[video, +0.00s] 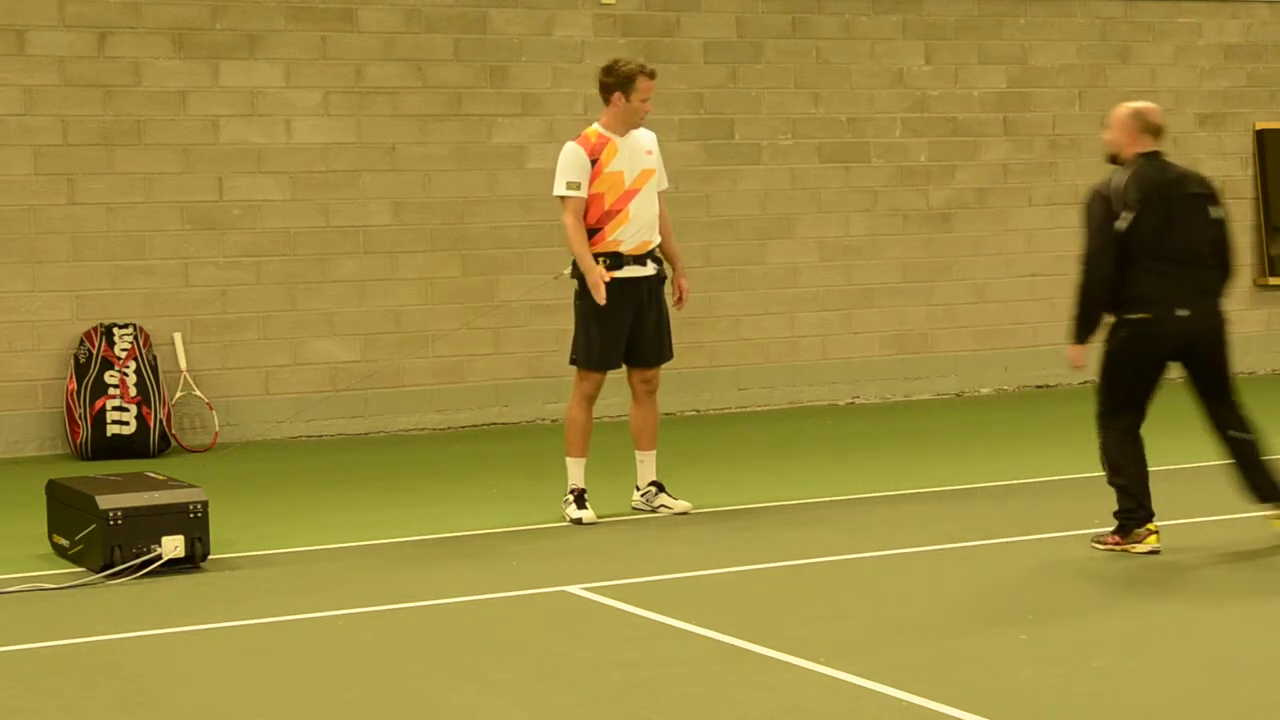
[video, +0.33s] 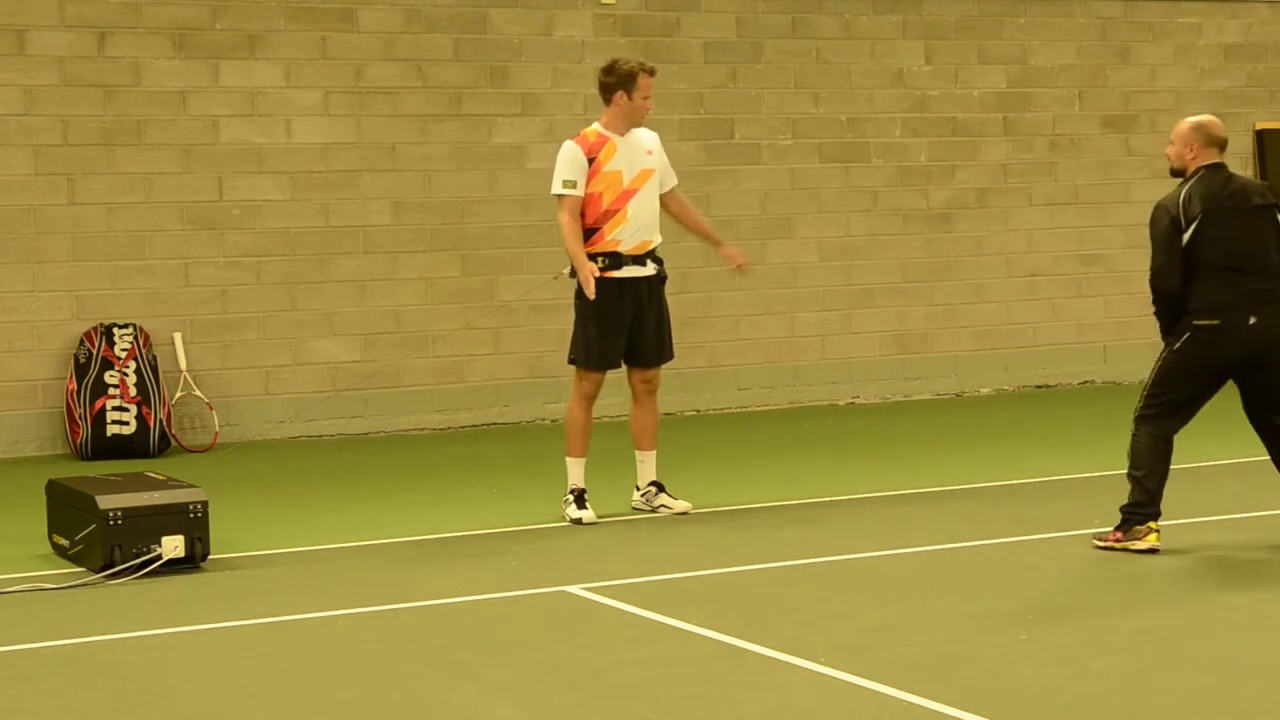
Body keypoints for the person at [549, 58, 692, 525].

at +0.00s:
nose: (649, 108)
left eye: (651, 100)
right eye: (643, 101)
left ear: (628, 100)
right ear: (616, 99)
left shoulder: (647, 141)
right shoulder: (580, 150)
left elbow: (657, 209)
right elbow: (571, 216)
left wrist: (676, 266)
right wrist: (589, 269)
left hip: (648, 279)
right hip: (602, 281)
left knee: (646, 384)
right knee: (587, 388)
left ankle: (647, 487)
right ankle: (576, 492)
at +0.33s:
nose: (651, 105)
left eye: (652, 98)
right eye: (646, 98)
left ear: (633, 99)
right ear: (618, 98)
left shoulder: (650, 143)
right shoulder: (579, 149)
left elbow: (677, 204)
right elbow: (568, 215)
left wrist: (721, 243)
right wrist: (582, 266)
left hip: (647, 281)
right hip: (601, 282)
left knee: (646, 383)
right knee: (586, 388)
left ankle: (647, 488)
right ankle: (575, 494)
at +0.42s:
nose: (650, 105)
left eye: (651, 97)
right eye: (645, 98)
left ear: (627, 98)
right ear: (617, 98)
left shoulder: (650, 143)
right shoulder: (579, 149)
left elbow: (685, 194)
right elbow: (567, 216)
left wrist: (740, 227)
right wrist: (581, 267)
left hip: (646, 280)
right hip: (601, 281)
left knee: (646, 383)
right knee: (586, 388)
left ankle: (647, 487)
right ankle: (575, 491)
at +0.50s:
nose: (650, 105)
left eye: (651, 98)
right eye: (644, 98)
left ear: (630, 98)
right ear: (617, 98)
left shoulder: (650, 143)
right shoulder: (579, 149)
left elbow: (694, 186)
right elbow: (568, 214)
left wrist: (756, 214)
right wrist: (582, 268)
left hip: (646, 280)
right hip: (600, 281)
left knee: (646, 383)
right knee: (586, 388)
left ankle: (647, 487)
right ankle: (576, 493)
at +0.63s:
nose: (648, 105)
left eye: (649, 98)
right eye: (642, 98)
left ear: (632, 99)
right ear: (615, 98)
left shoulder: (652, 142)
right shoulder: (578, 149)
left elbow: (706, 177)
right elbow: (568, 213)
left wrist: (768, 198)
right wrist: (577, 266)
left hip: (646, 279)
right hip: (599, 280)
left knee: (646, 383)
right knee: (587, 387)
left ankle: (648, 487)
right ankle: (576, 493)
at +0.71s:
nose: (648, 105)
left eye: (649, 97)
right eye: (643, 98)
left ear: (633, 98)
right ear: (615, 98)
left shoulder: (654, 143)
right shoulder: (578, 148)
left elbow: (710, 175)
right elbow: (567, 214)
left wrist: (773, 193)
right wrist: (575, 266)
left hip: (646, 280)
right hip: (599, 281)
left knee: (646, 383)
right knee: (586, 387)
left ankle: (647, 488)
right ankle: (575, 493)